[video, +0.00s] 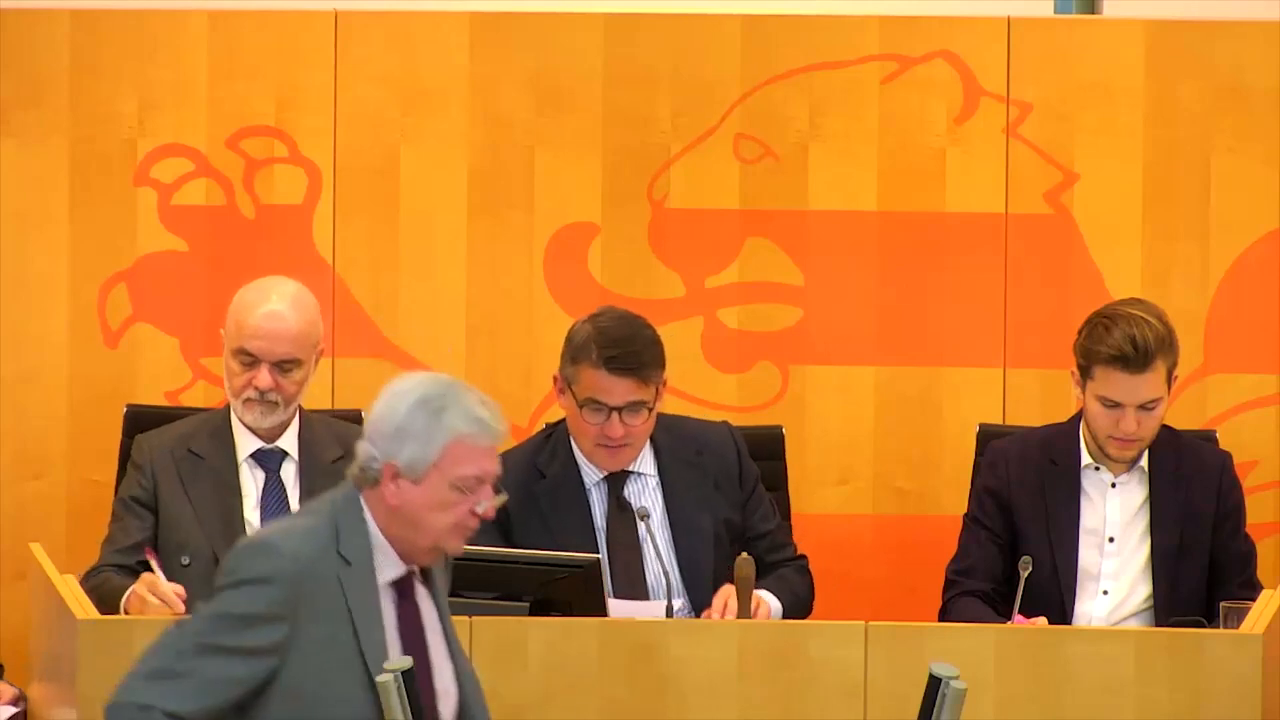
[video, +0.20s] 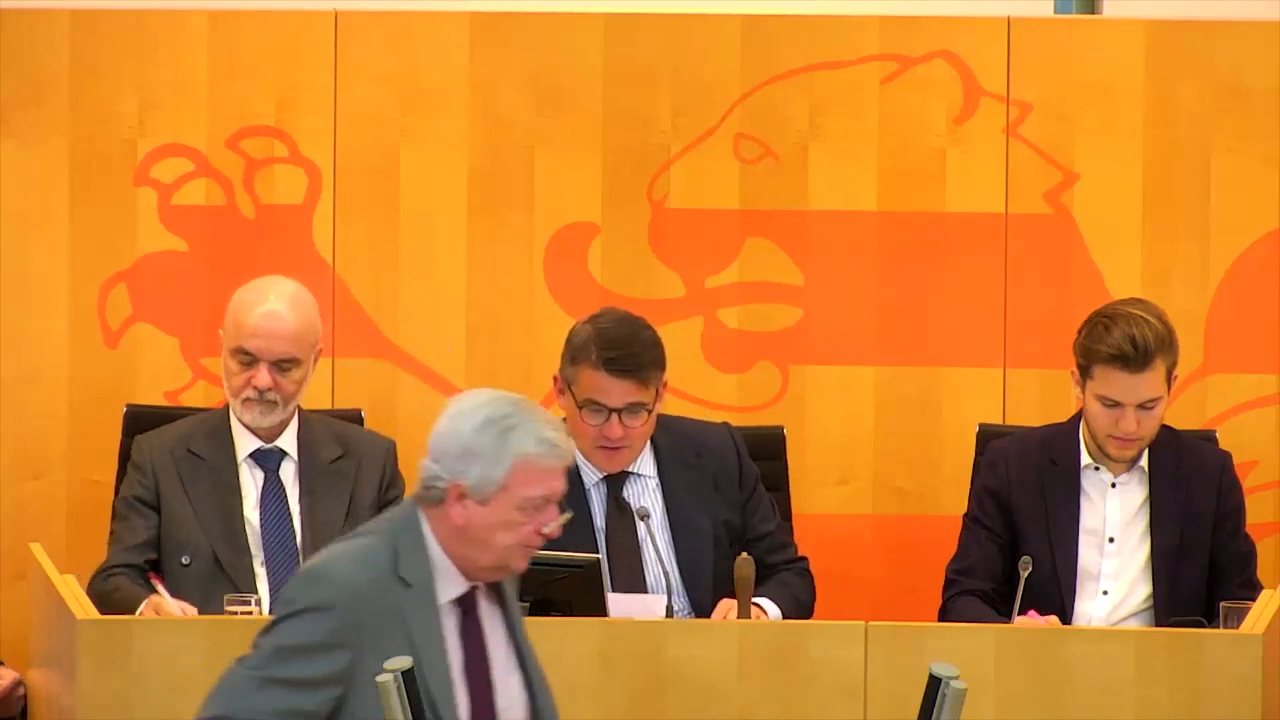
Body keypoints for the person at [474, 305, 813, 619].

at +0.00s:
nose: (616, 430)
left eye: (634, 408)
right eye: (596, 408)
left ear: (660, 392)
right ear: (562, 393)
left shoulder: (720, 452)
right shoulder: (509, 482)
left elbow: (792, 576)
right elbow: (479, 605)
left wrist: (758, 604)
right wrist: (576, 622)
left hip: (711, 667)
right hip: (577, 673)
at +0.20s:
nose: (614, 431)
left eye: (634, 411)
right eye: (595, 409)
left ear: (660, 393)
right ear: (560, 390)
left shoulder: (718, 454)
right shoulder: (531, 473)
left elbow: (791, 576)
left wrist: (762, 609)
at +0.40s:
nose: (615, 426)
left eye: (635, 411)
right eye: (597, 408)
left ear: (660, 396)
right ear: (564, 393)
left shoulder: (719, 453)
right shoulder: (506, 480)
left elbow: (796, 580)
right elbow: (469, 596)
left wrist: (757, 610)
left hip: (705, 660)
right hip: (571, 677)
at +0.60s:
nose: (614, 430)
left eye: (633, 412)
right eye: (596, 410)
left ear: (659, 396)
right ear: (562, 393)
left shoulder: (705, 468)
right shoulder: (503, 484)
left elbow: (802, 578)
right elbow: (457, 596)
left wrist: (757, 601)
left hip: (691, 672)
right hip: (554, 673)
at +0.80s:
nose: (610, 433)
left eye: (629, 412)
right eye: (591, 412)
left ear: (656, 396)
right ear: (558, 394)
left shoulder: (722, 455)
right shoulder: (500, 488)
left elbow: (818, 585)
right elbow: (455, 610)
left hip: (704, 675)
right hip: (567, 679)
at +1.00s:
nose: (613, 445)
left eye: (632, 424)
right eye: (592, 423)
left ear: (656, 401)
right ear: (559, 403)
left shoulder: (710, 453)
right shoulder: (497, 491)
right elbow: (457, 615)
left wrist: (734, 531)